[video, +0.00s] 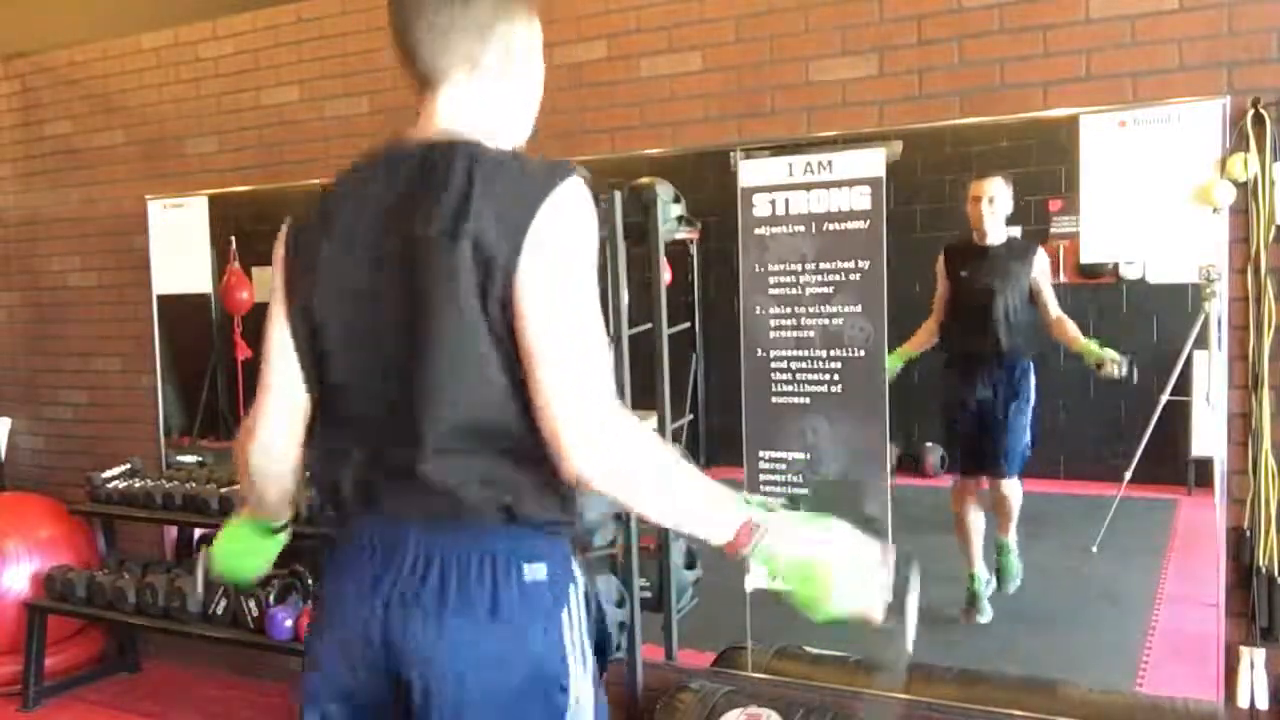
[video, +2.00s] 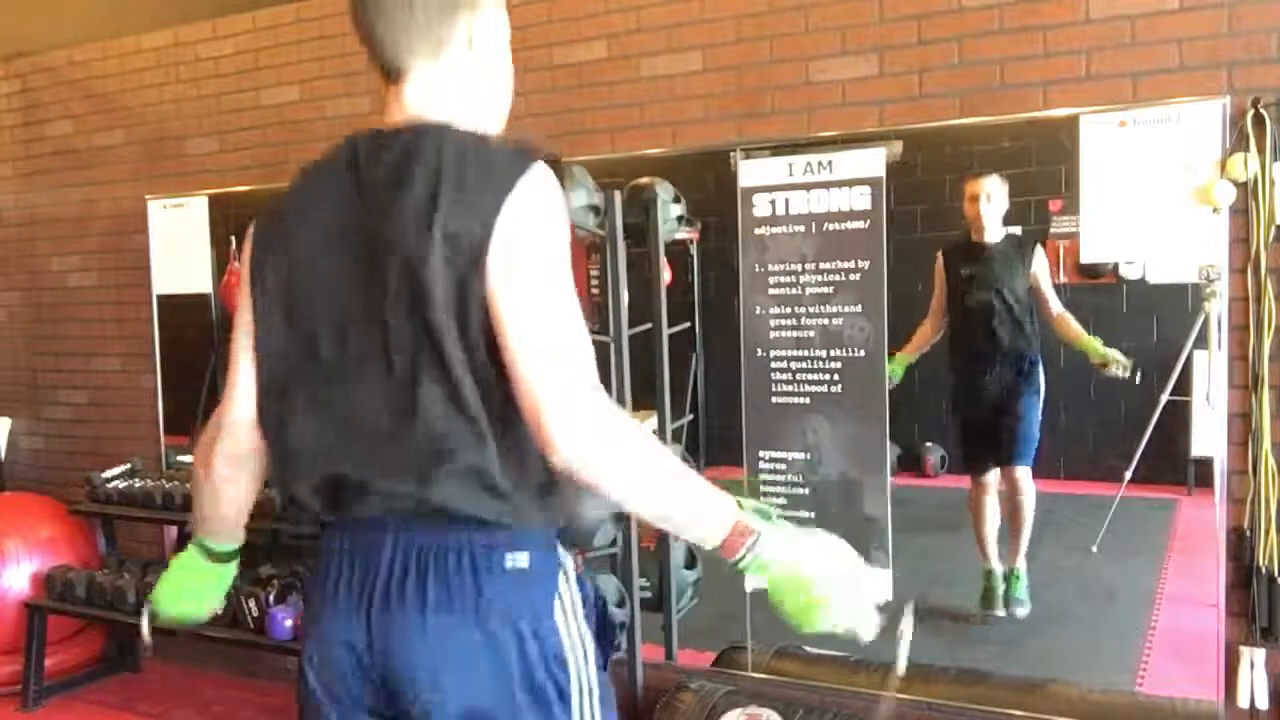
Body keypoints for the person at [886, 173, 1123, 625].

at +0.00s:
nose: (982, 209)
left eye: (991, 200)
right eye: (976, 200)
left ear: (1009, 206)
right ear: (967, 207)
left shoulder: (1031, 256)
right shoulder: (951, 256)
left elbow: (1054, 318)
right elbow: (937, 321)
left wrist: (1091, 351)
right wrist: (897, 358)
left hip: (1013, 374)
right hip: (963, 374)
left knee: (1003, 481)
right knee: (967, 485)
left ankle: (1006, 546)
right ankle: (976, 580)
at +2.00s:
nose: (978, 207)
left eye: (987, 199)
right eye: (972, 199)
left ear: (1003, 204)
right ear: (963, 205)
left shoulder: (1028, 254)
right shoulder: (949, 258)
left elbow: (1056, 314)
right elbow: (935, 321)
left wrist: (1095, 350)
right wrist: (899, 360)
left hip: (1022, 373)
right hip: (972, 374)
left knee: (1016, 472)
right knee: (983, 477)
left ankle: (1017, 570)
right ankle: (991, 572)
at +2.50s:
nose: (991, 229)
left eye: (999, 221)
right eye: (985, 221)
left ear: (1018, 226)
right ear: (976, 227)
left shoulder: (1042, 276)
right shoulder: (960, 278)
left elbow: (1067, 333)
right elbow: (942, 335)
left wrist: (1106, 348)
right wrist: (903, 351)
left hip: (1024, 391)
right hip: (974, 392)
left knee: (1016, 495)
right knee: (980, 501)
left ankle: (1011, 589)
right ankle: (996, 545)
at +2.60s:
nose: (994, 236)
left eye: (1003, 227)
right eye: (988, 227)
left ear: (1021, 233)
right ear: (977, 233)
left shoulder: (1043, 284)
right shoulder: (961, 285)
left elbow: (1073, 334)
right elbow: (942, 336)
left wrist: (1106, 343)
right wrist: (908, 347)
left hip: (1025, 403)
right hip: (973, 403)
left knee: (1018, 506)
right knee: (971, 507)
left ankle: (1008, 590)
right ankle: (990, 545)